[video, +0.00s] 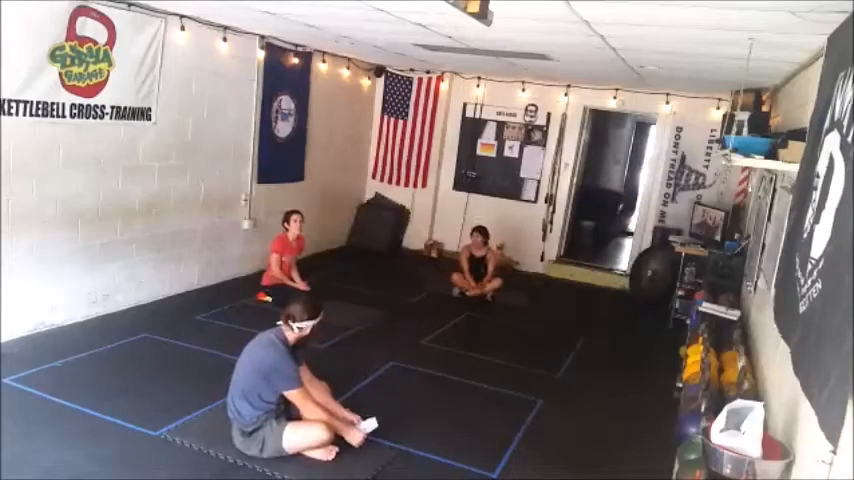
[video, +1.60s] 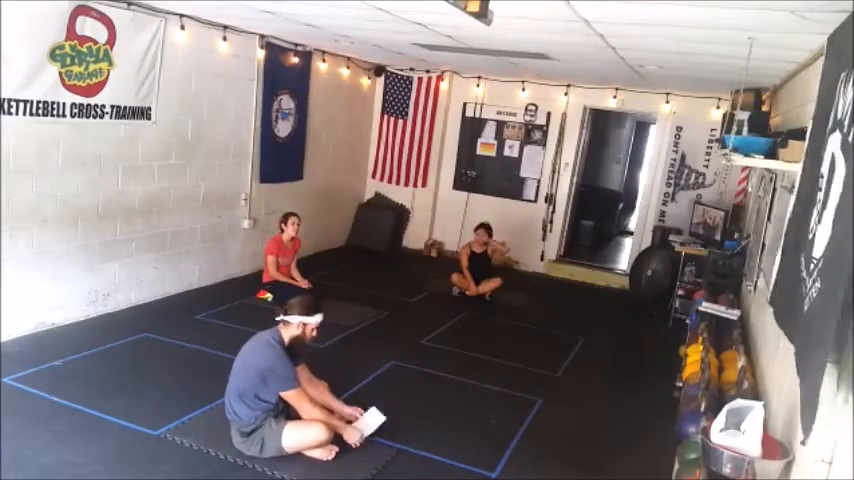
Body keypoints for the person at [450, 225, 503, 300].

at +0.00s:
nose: (474, 239)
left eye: (477, 236)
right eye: (473, 236)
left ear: (484, 238)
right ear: (471, 237)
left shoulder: (490, 253)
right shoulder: (465, 250)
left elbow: (490, 272)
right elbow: (466, 270)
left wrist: (483, 283)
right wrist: (473, 284)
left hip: (484, 277)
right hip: (470, 277)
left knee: (498, 282)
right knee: (455, 277)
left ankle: (468, 293)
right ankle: (483, 293)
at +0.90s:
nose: (480, 235)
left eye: (483, 232)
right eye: (478, 231)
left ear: (487, 235)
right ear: (473, 233)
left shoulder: (491, 250)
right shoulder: (466, 248)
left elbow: (490, 270)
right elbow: (465, 268)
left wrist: (482, 284)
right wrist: (472, 285)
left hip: (484, 276)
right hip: (470, 276)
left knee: (498, 281)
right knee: (454, 277)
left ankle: (468, 293)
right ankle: (482, 294)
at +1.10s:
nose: (479, 237)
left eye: (481, 234)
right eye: (476, 233)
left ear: (486, 236)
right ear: (473, 234)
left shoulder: (490, 247)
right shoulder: (466, 249)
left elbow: (501, 243)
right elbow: (465, 269)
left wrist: (491, 229)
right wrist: (472, 286)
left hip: (484, 279)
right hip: (470, 277)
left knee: (498, 281)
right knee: (455, 277)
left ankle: (468, 293)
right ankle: (482, 294)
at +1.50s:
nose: (479, 237)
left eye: (482, 235)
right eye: (477, 234)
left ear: (487, 238)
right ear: (474, 235)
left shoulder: (490, 247)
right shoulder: (466, 248)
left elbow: (506, 245)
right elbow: (465, 268)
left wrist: (492, 231)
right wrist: (472, 285)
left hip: (484, 279)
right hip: (470, 277)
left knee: (498, 281)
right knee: (454, 277)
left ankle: (467, 293)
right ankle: (482, 293)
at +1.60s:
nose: (479, 238)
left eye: (483, 235)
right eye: (477, 234)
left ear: (488, 237)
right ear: (474, 235)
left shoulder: (490, 248)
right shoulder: (466, 248)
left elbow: (506, 250)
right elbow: (465, 268)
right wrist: (472, 285)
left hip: (484, 279)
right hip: (470, 277)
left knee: (498, 281)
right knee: (454, 277)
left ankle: (467, 293)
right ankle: (482, 293)